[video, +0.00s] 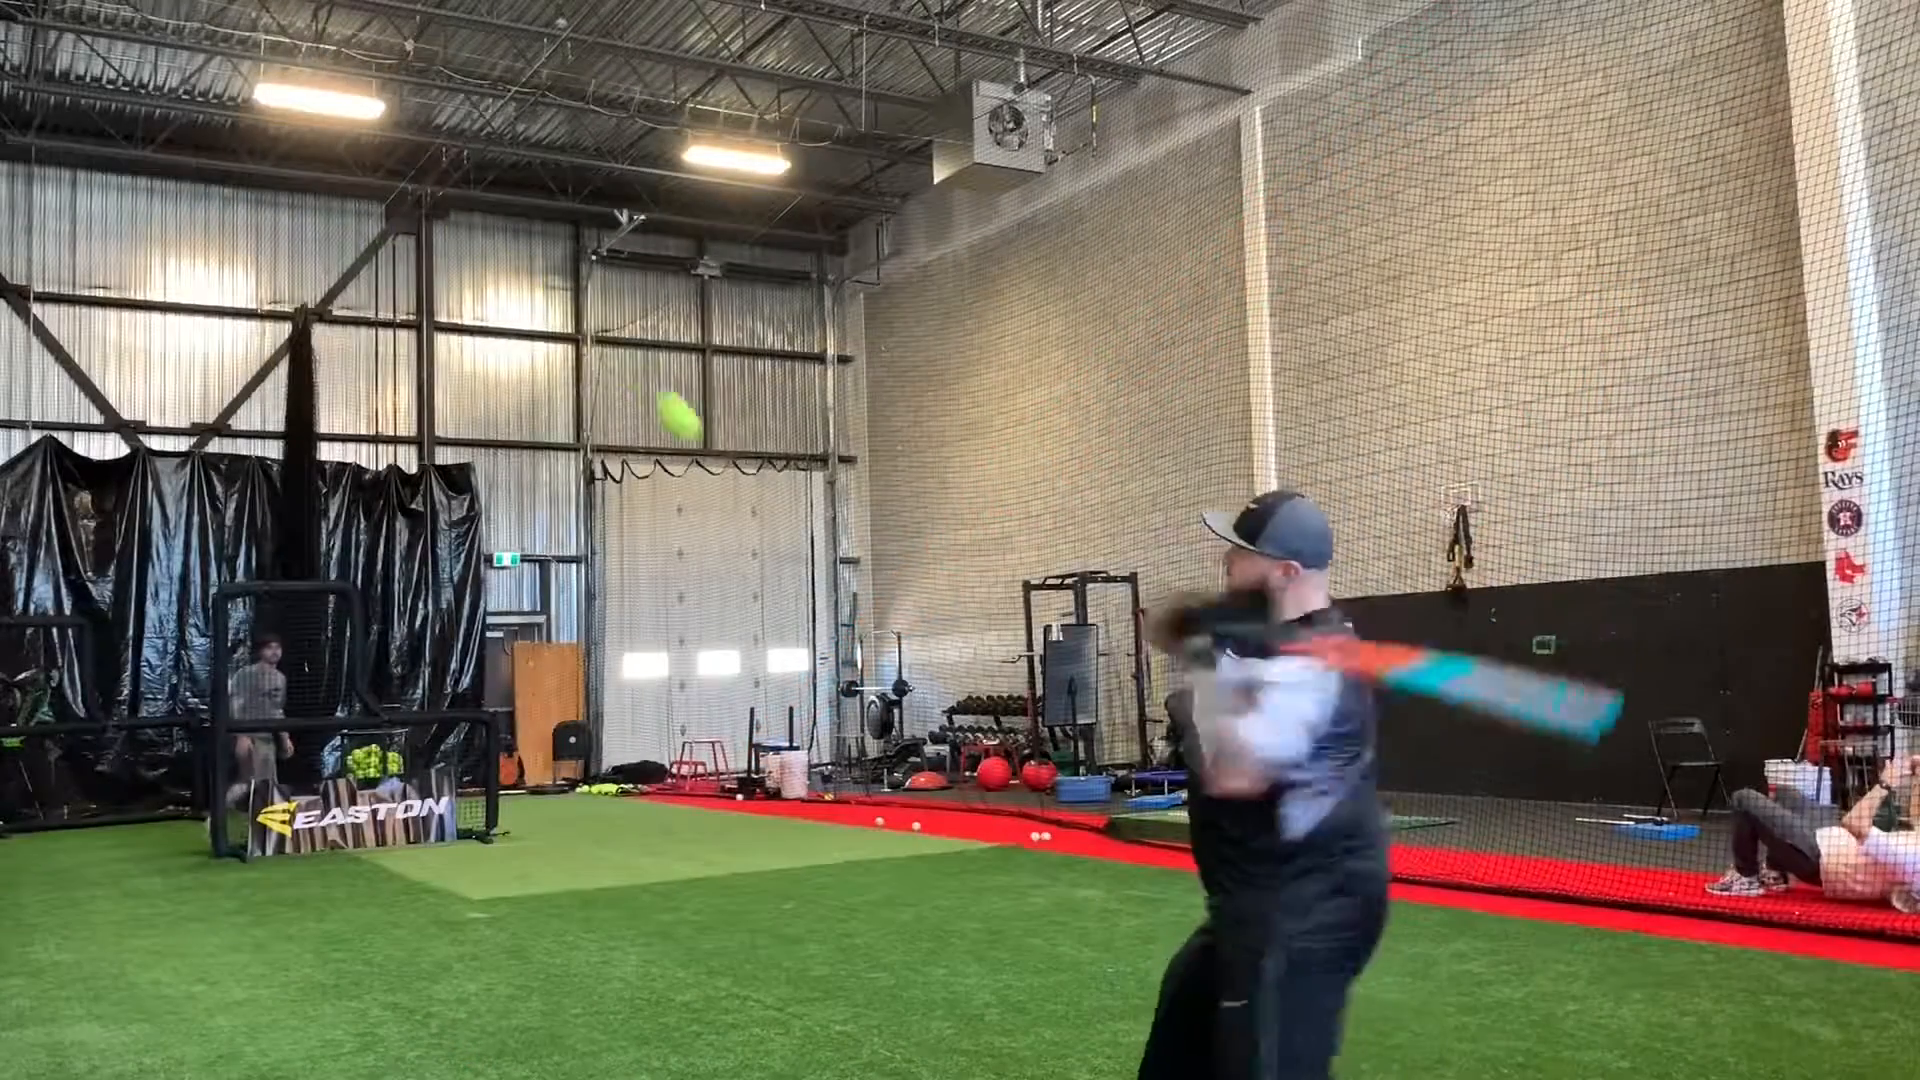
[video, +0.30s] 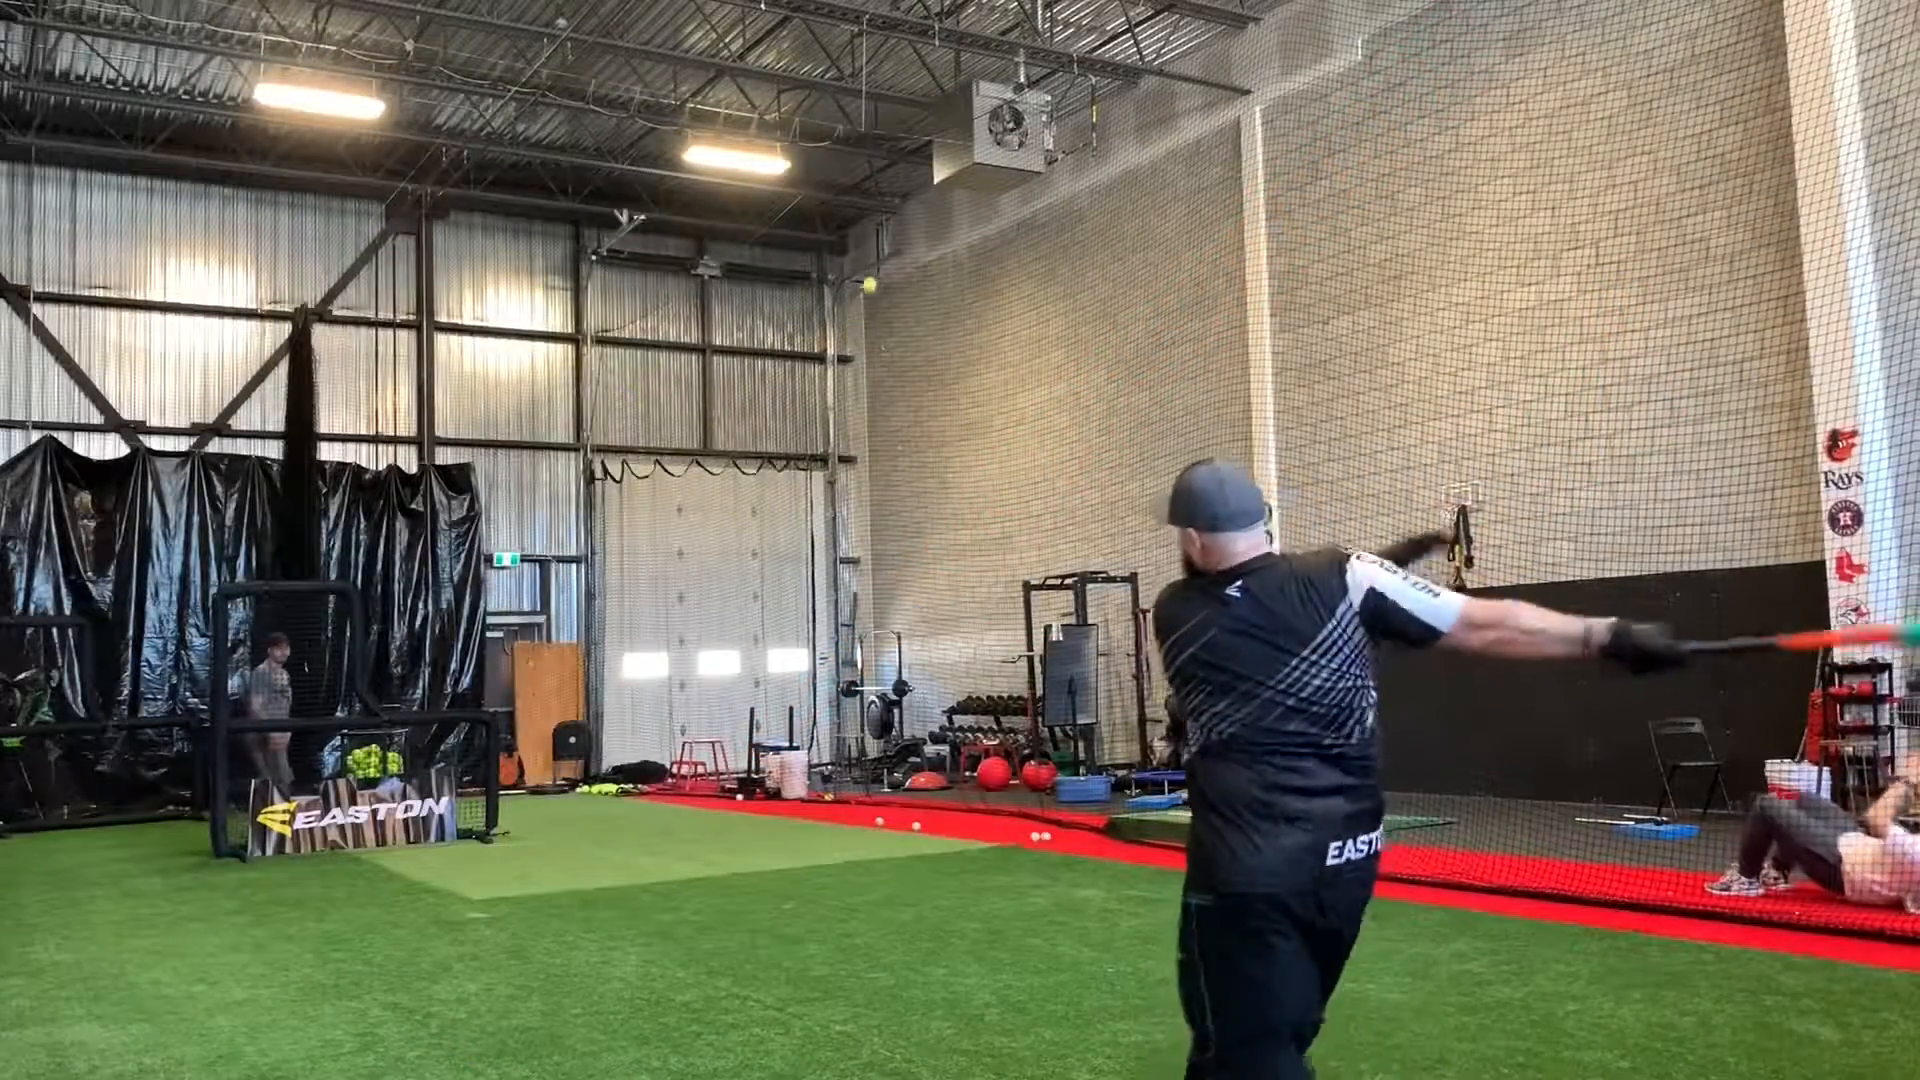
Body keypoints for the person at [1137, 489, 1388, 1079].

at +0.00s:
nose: (1228, 559)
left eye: (1241, 550)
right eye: (1233, 548)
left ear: (1286, 570)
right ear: (1285, 570)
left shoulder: (1311, 661)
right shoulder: (1264, 633)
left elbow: (1233, 771)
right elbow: (1160, 630)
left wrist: (1202, 678)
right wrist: (1206, 620)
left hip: (1312, 896)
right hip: (1274, 886)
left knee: (1273, 1055)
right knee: (1189, 995)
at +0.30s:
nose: (1178, 543)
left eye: (1179, 532)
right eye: (1182, 529)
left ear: (1190, 539)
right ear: (1266, 521)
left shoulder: (1175, 617)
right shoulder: (1344, 579)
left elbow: (1258, 605)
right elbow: (1480, 625)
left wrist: (1365, 569)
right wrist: (1606, 634)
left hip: (1240, 874)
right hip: (1345, 863)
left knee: (1247, 1053)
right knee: (1272, 1045)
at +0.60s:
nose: (1254, 508)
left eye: (1254, 496)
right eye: (1255, 495)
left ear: (1263, 503)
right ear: (1333, 485)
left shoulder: (1256, 577)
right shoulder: (1360, 544)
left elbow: (1376, 544)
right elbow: (1353, 637)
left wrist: (1421, 483)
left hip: (1288, 842)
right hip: (1390, 839)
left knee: (1300, 1042)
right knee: (1352, 1039)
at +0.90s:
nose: (1380, 466)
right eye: (1378, 457)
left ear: (1301, 470)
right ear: (1375, 461)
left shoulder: (1306, 547)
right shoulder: (1377, 540)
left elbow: (1452, 544)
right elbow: (1377, 667)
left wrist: (1518, 481)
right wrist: (1431, 787)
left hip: (1320, 813)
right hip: (1410, 813)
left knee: (1346, 1014)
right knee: (1460, 1010)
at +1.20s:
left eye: (1342, 481)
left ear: (1342, 485)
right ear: (1416, 479)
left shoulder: (1326, 569)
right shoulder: (1444, 561)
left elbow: (1460, 581)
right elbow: (1512, 672)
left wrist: (1571, 561)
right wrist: (1633, 771)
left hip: (1368, 842)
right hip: (1473, 841)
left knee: (1369, 1016)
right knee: (1479, 1025)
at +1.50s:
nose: (1355, 494)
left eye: (1354, 483)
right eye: (1356, 482)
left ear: (1366, 490)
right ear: (1437, 483)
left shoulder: (1330, 591)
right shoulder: (1509, 558)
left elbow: (1337, 718)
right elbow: (1618, 660)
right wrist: (1725, 737)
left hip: (1388, 854)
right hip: (1508, 850)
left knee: (1375, 1028)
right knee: (1493, 1035)